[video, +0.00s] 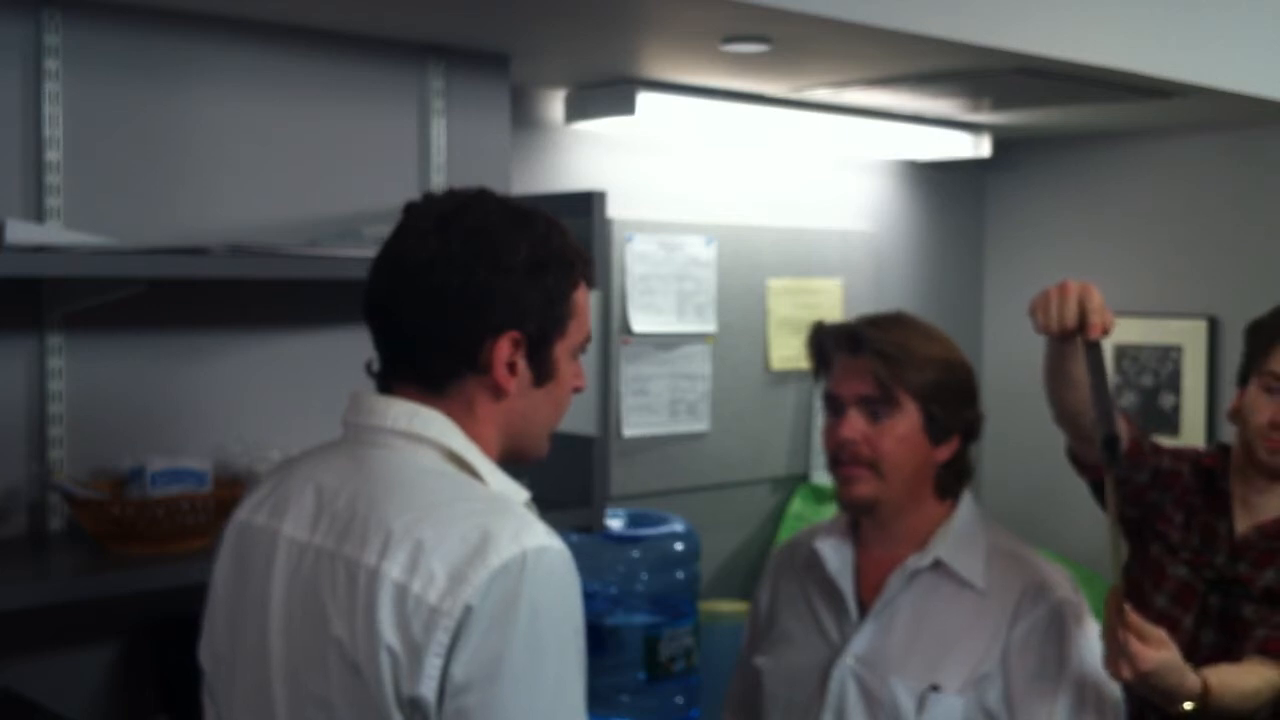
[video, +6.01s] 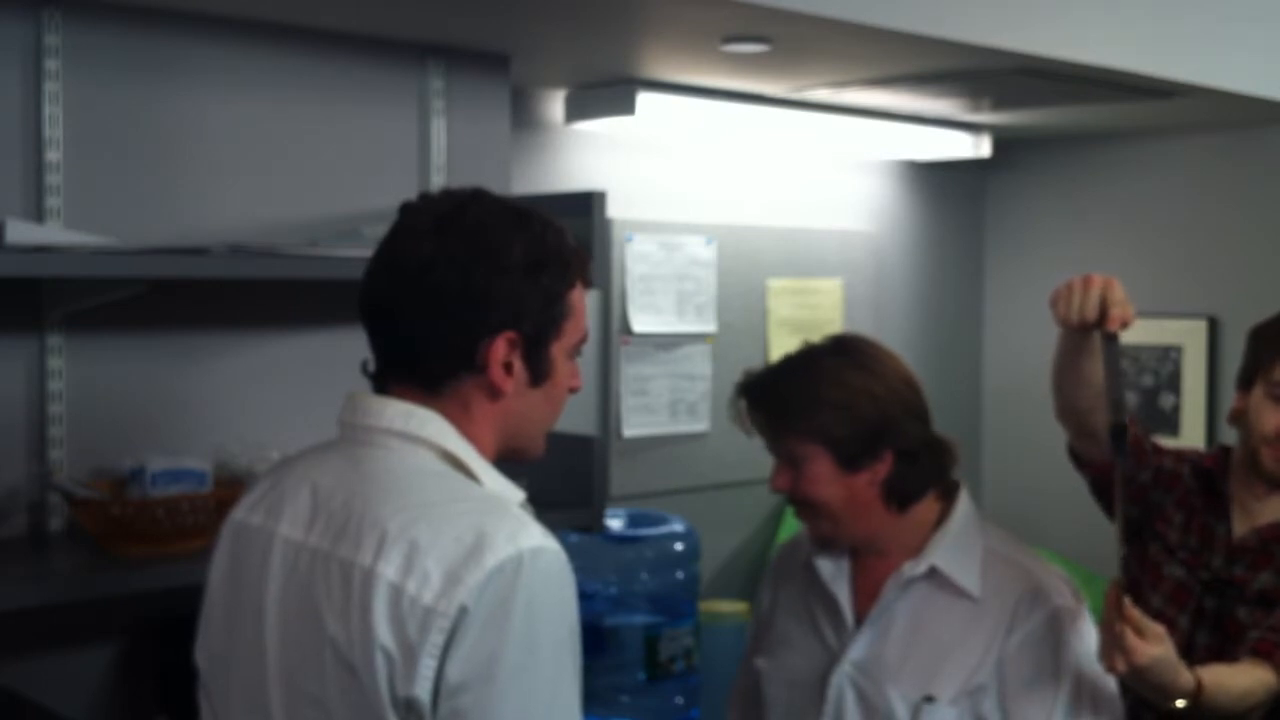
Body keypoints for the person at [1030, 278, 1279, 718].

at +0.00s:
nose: (1277, 414)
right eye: (1270, 389)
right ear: (1236, 401)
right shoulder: (1170, 483)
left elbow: (1270, 673)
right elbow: (1087, 426)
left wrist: (1193, 687)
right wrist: (1068, 336)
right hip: (1143, 706)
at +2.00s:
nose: (1279, 416)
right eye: (1275, 391)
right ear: (1240, 404)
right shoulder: (1174, 482)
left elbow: (1265, 672)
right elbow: (1087, 426)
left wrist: (1177, 686)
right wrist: (1077, 335)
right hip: (1121, 701)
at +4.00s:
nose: (1278, 418)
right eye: (1276, 394)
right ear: (1243, 401)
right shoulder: (1171, 484)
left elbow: (1267, 676)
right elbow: (1092, 425)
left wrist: (1186, 687)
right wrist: (1086, 331)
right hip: (1134, 703)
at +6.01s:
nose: (1278, 421)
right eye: (1275, 396)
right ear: (1241, 401)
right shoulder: (1167, 485)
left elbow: (1267, 676)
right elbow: (1088, 426)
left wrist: (1185, 686)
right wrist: (1083, 329)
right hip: (1131, 703)